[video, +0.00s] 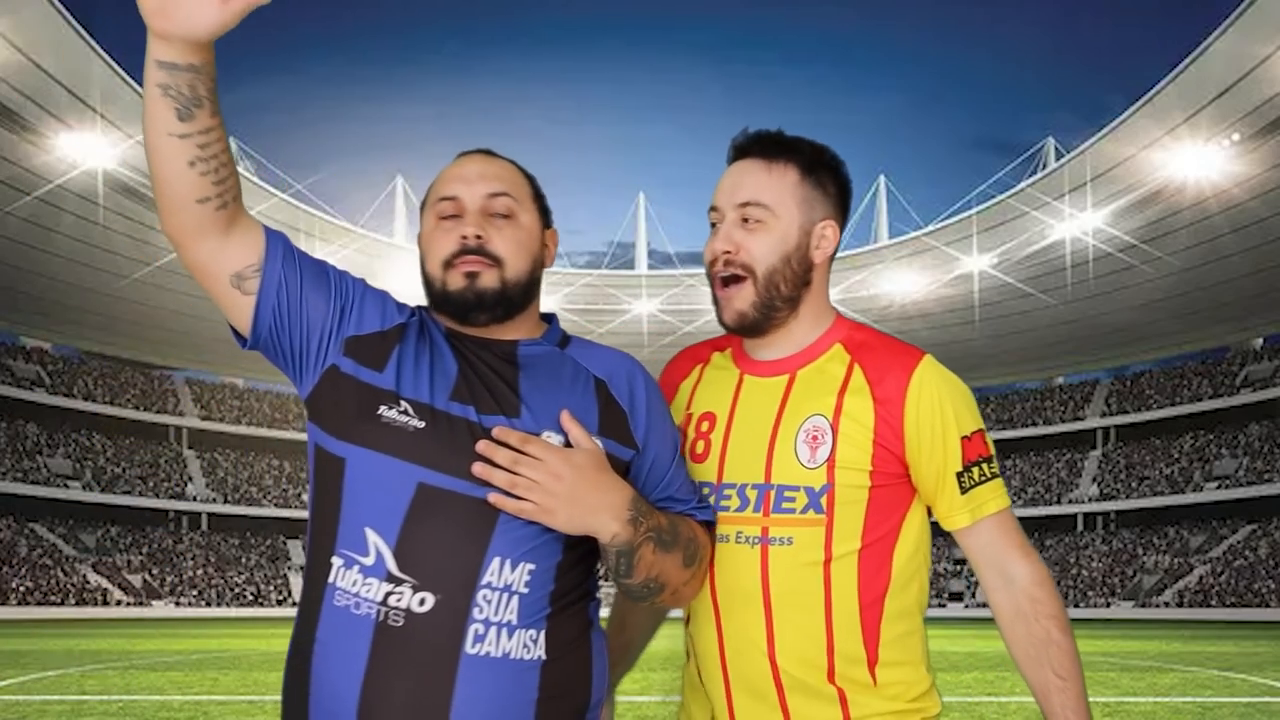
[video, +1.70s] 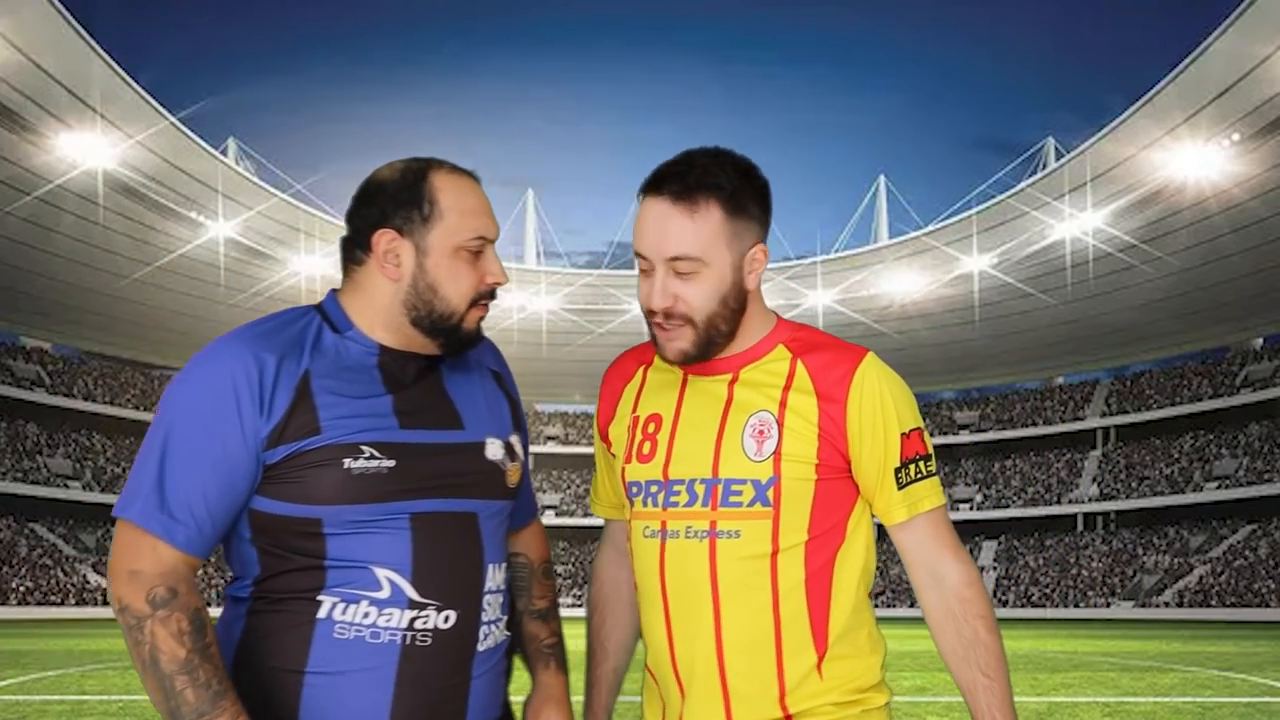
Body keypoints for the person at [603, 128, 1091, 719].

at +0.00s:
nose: (718, 246)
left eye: (751, 220)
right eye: (715, 224)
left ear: (821, 242)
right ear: (707, 238)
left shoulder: (910, 387)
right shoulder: (684, 381)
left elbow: (1012, 577)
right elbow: (655, 561)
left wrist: (1071, 717)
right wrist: (589, 689)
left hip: (872, 708)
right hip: (713, 709)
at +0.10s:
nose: (731, 248)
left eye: (761, 224)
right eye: (735, 224)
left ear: (839, 241)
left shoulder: (936, 392)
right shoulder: (716, 379)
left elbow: (1036, 588)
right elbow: (696, 551)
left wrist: (1080, 712)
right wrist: (603, 654)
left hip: (883, 702)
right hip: (725, 704)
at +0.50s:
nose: (809, 265)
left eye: (832, 237)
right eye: (818, 236)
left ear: (910, 252)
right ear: (907, 252)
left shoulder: (1023, 408)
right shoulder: (794, 365)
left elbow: (1120, 617)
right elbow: (755, 506)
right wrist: (673, 626)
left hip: (952, 708)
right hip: (786, 708)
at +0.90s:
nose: (745, 257)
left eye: (767, 230)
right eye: (750, 231)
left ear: (843, 236)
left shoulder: (959, 385)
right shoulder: (733, 375)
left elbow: (1042, 581)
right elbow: (723, 551)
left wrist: (1085, 713)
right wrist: (706, 700)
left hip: (906, 706)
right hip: (748, 706)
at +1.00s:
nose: (729, 261)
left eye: (752, 234)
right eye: (730, 237)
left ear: (829, 236)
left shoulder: (940, 382)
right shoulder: (714, 378)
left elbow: (1022, 573)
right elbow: (709, 568)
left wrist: (1059, 714)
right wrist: (703, 699)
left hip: (893, 705)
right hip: (733, 706)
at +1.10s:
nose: (722, 270)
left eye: (749, 241)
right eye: (714, 248)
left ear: (820, 237)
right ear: (709, 255)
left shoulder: (921, 381)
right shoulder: (696, 379)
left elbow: (1005, 573)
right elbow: (677, 554)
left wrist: (1033, 713)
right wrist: (659, 687)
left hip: (880, 705)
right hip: (722, 706)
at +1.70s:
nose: (655, 299)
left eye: (683, 271)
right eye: (644, 269)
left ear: (753, 266)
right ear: (634, 263)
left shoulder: (852, 385)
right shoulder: (624, 385)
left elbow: (940, 572)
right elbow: (619, 556)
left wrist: (996, 714)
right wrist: (595, 712)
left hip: (825, 705)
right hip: (674, 708)